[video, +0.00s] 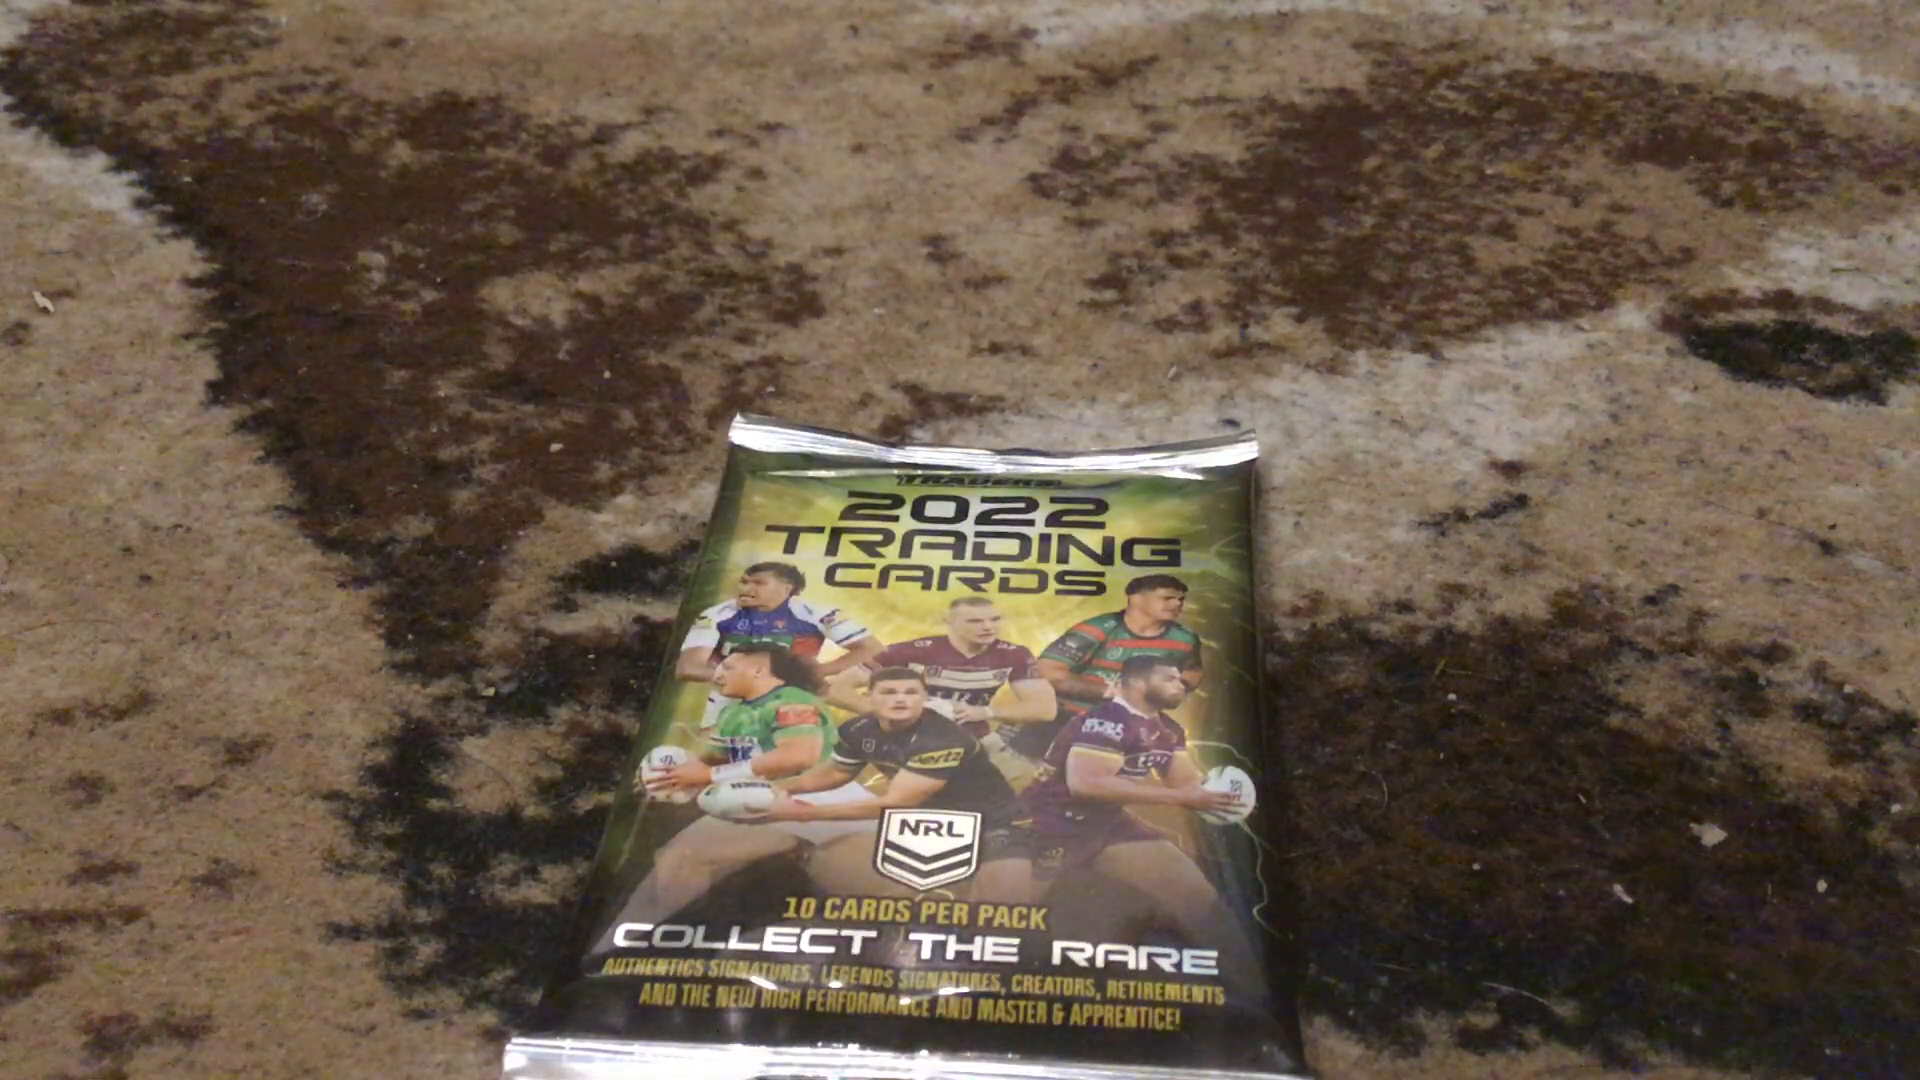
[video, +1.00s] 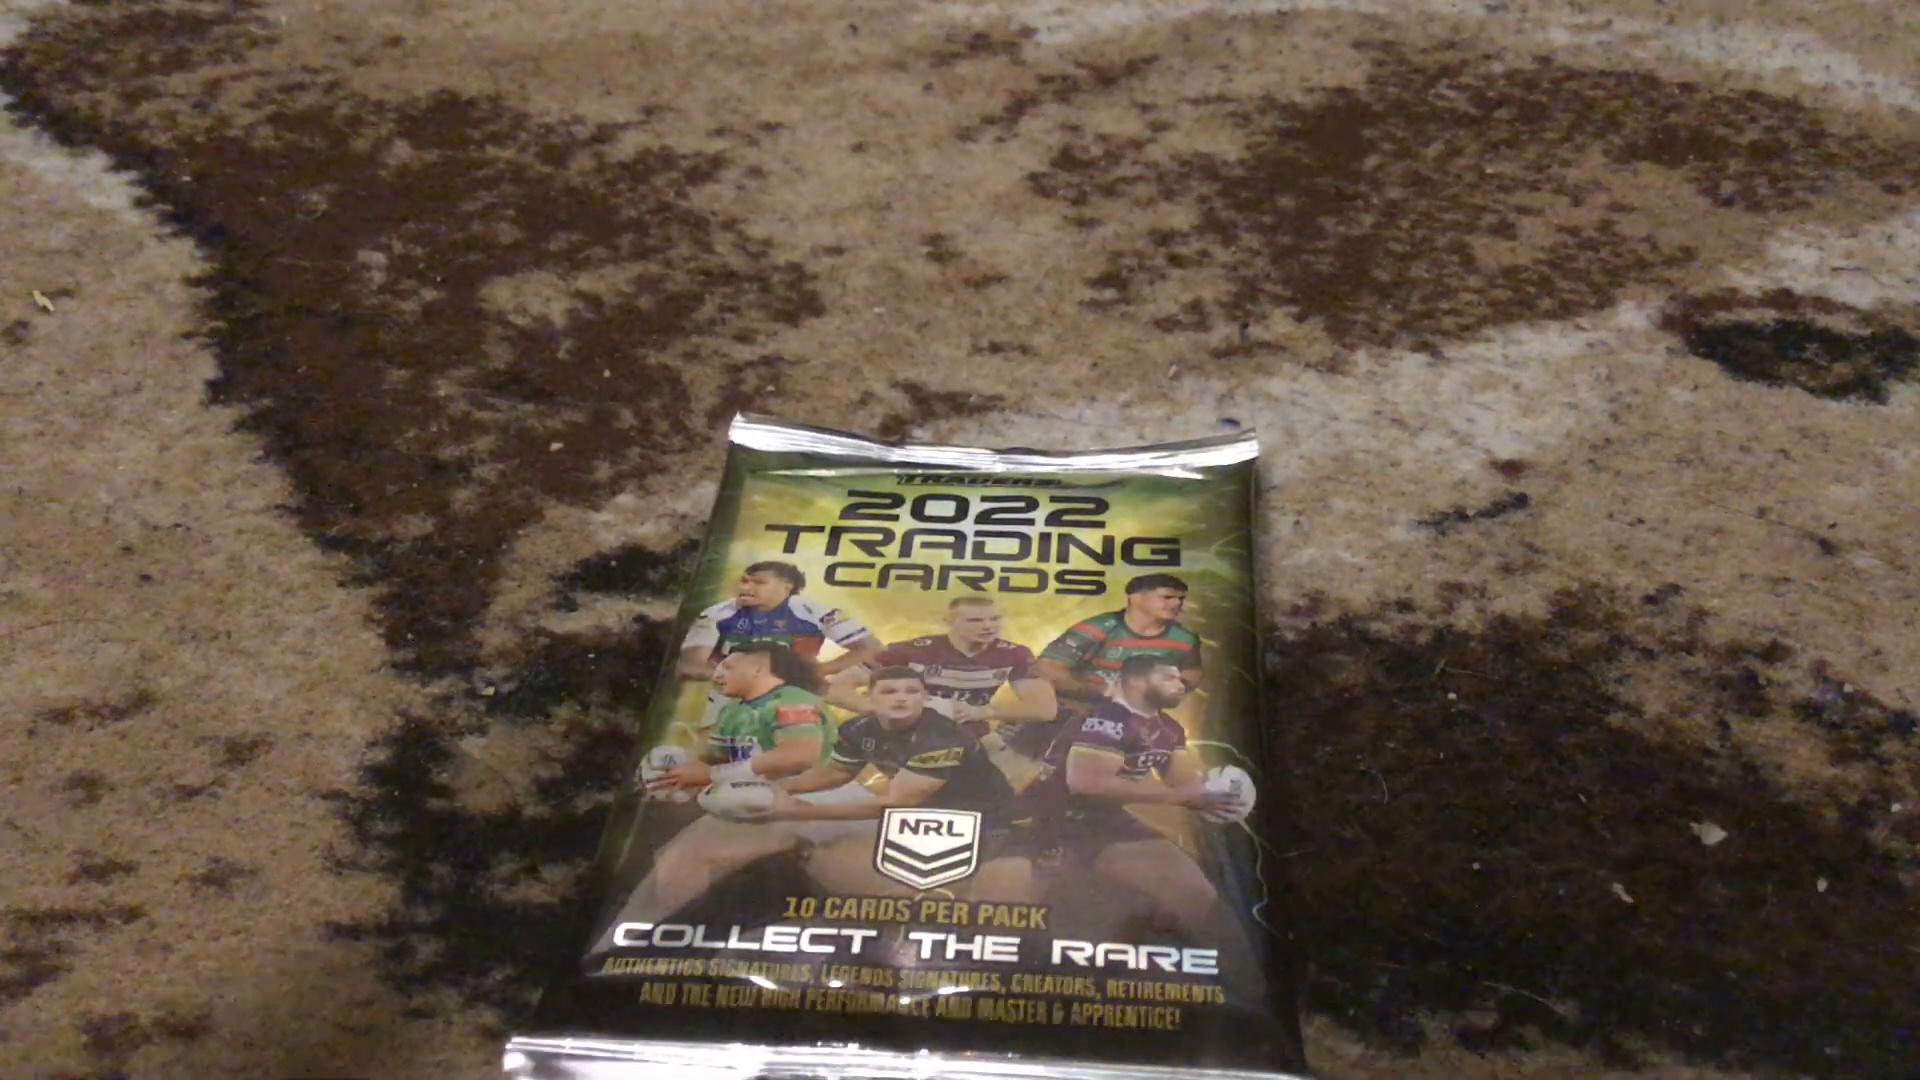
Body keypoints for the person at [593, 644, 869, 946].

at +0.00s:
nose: (720, 670)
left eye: (729, 662)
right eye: (722, 663)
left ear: (761, 664)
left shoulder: (793, 700)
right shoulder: (733, 713)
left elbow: (801, 754)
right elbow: (713, 762)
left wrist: (711, 775)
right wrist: (667, 778)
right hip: (752, 815)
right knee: (672, 862)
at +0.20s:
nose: (719, 672)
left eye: (728, 664)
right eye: (722, 665)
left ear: (760, 665)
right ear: (756, 667)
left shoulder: (793, 701)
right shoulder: (734, 713)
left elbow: (800, 754)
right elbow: (711, 761)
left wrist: (711, 775)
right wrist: (667, 778)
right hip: (750, 814)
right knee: (672, 861)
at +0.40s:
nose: (719, 670)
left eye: (729, 662)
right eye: (721, 663)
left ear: (761, 665)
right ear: (754, 667)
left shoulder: (793, 701)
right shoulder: (733, 714)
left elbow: (801, 755)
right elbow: (712, 762)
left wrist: (711, 775)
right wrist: (669, 778)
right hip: (755, 814)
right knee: (673, 862)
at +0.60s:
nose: (720, 669)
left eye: (729, 662)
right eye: (722, 662)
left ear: (761, 664)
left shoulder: (793, 700)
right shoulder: (734, 713)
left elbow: (802, 754)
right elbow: (715, 762)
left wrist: (711, 775)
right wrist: (667, 778)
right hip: (751, 815)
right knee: (674, 862)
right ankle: (617, 950)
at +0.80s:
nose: (720, 669)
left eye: (729, 662)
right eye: (722, 662)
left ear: (761, 665)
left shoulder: (793, 700)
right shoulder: (732, 714)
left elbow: (802, 754)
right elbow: (714, 763)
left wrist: (711, 775)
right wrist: (668, 779)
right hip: (752, 814)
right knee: (674, 863)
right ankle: (614, 950)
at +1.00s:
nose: (719, 668)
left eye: (730, 660)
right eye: (722, 661)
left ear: (762, 662)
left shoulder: (793, 701)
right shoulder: (731, 712)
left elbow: (802, 754)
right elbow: (716, 763)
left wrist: (712, 775)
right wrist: (675, 778)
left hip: (783, 818)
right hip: (737, 816)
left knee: (685, 860)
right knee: (669, 862)